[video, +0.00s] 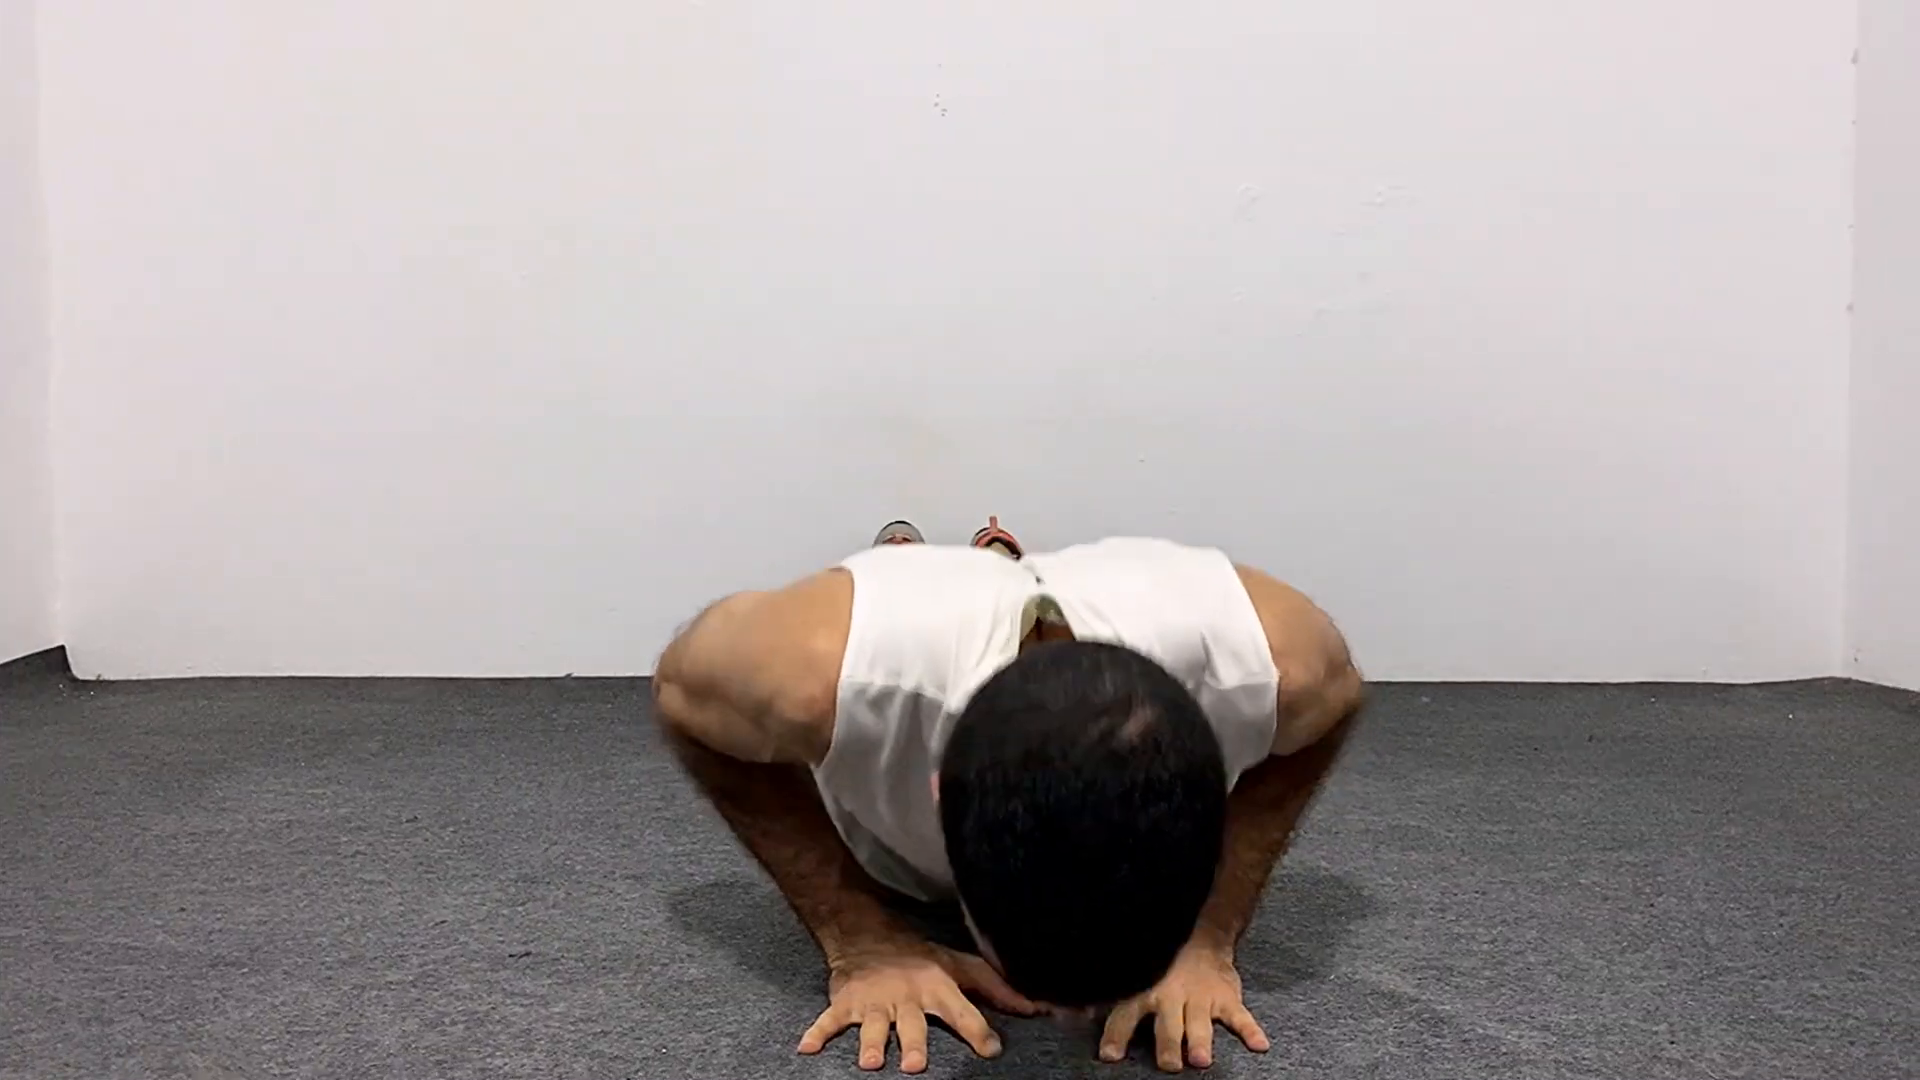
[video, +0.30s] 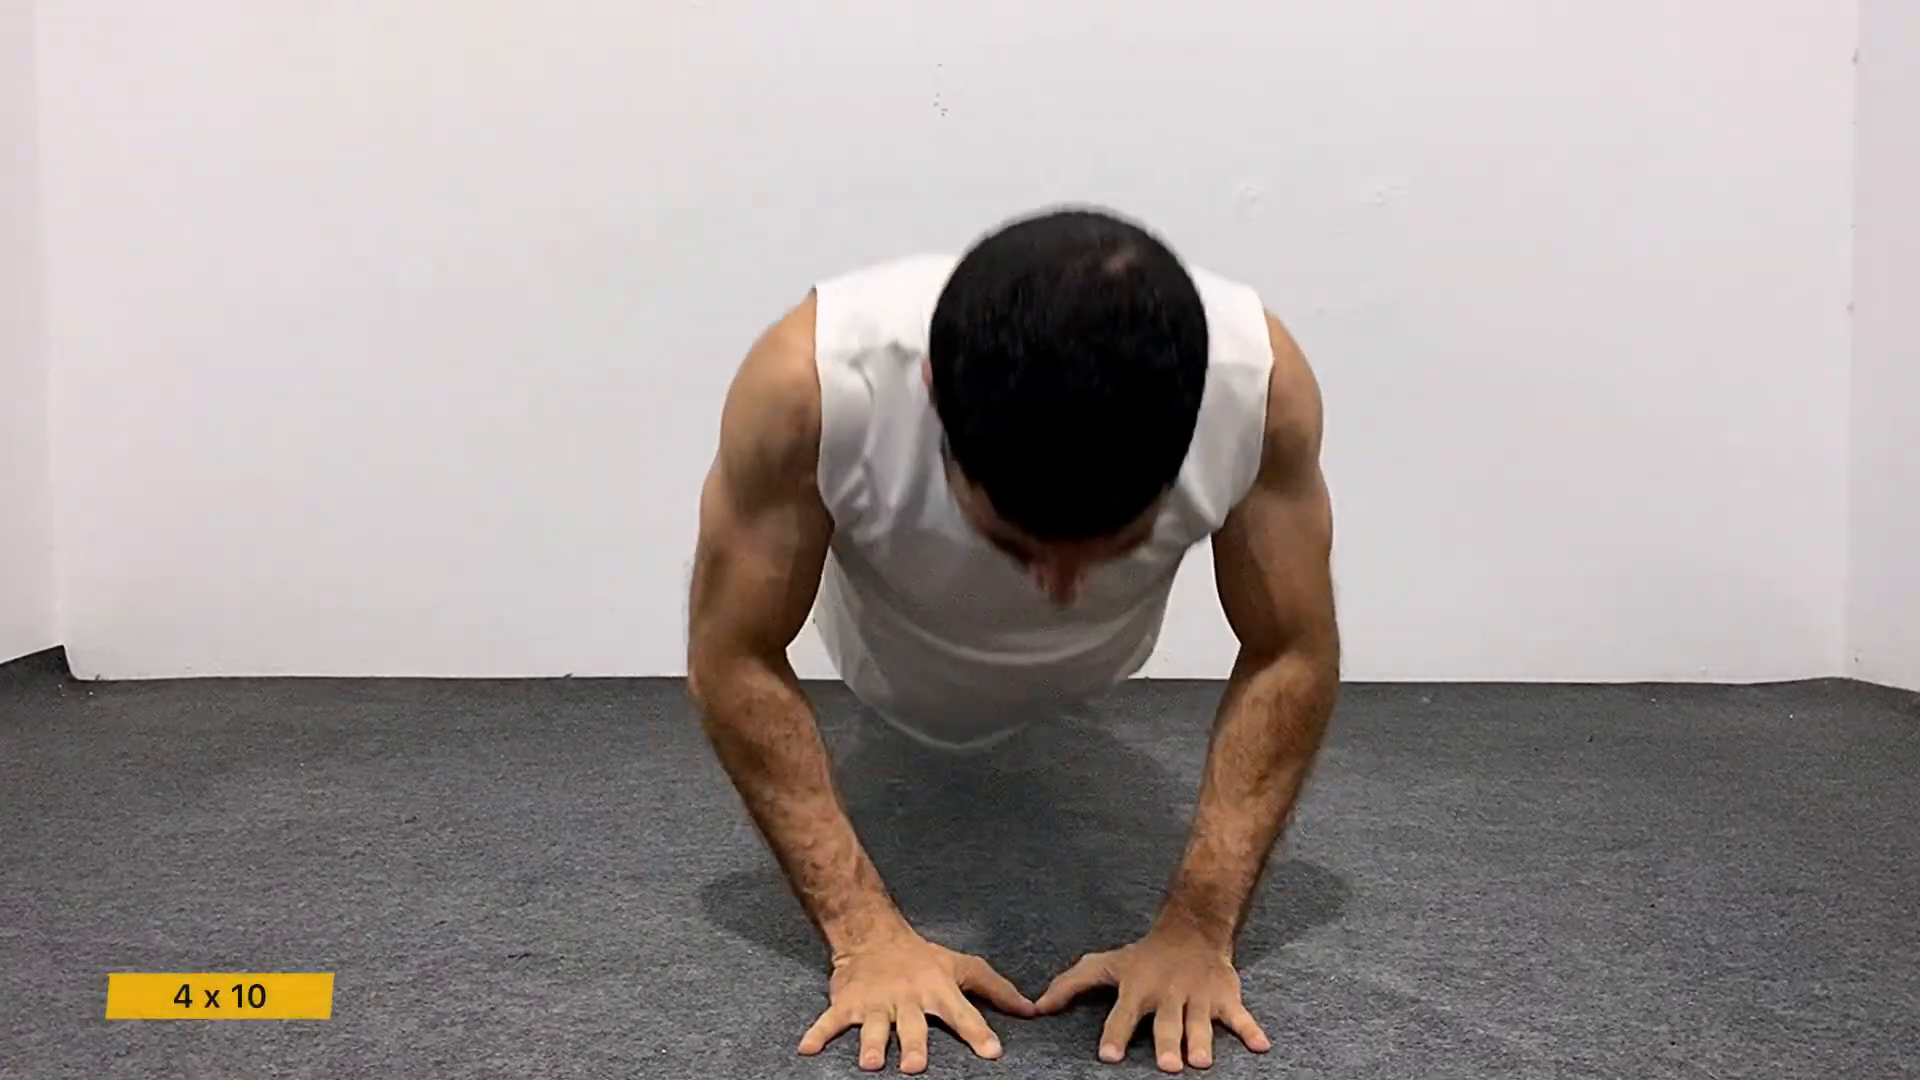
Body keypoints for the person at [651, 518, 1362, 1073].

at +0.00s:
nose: (1050, 1008)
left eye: (1100, 996)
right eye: (1022, 985)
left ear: (1215, 803)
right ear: (939, 797)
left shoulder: (1283, 661)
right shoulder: (811, 674)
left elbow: (1328, 708)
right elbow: (688, 692)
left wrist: (1214, 936)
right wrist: (857, 935)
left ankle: (1004, 564)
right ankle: (900, 559)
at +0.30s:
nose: (1059, 584)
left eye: (1111, 548)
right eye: (1017, 546)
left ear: (1180, 436)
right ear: (933, 399)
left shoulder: (1258, 389)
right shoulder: (804, 388)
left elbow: (1290, 652)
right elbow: (732, 659)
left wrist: (1197, 927)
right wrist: (866, 931)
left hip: (1101, 656)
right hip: (901, 671)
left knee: (1077, 684)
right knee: (919, 704)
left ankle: (1054, 695)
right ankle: (940, 712)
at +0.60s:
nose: (1066, 376)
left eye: (1112, 338)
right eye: (1025, 333)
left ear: (1181, 243)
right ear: (946, 201)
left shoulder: (1259, 248)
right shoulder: (808, 237)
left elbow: (1233, 602)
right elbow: (832, 599)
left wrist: (1192, 930)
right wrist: (872, 933)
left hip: (1090, 535)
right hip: (917, 541)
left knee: (1045, 609)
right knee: (922, 621)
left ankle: (1019, 632)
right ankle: (915, 652)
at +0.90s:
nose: (1082, 633)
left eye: (1124, 601)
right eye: (1043, 592)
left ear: (1203, 506)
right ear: (965, 456)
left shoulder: (1277, 390)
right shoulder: (832, 376)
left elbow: (1305, 654)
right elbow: (721, 651)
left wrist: (1200, 930)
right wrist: (865, 935)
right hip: (913, 616)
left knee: (1054, 677)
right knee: (916, 672)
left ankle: (1040, 676)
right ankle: (910, 673)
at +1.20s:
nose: (1065, 993)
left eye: (1111, 979)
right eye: (1027, 963)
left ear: (1229, 802)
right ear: (963, 783)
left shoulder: (1306, 653)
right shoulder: (843, 631)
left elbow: (1348, 729)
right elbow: (694, 693)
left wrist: (1212, 938)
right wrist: (861, 937)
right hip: (899, 808)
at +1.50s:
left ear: (1222, 814)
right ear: (948, 841)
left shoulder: (1300, 690)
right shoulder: (832, 687)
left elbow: (1355, 714)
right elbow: (689, 689)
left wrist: (1224, 945)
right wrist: (858, 934)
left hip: (1106, 620)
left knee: (1039, 592)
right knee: (907, 594)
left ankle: (1014, 563)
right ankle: (904, 566)